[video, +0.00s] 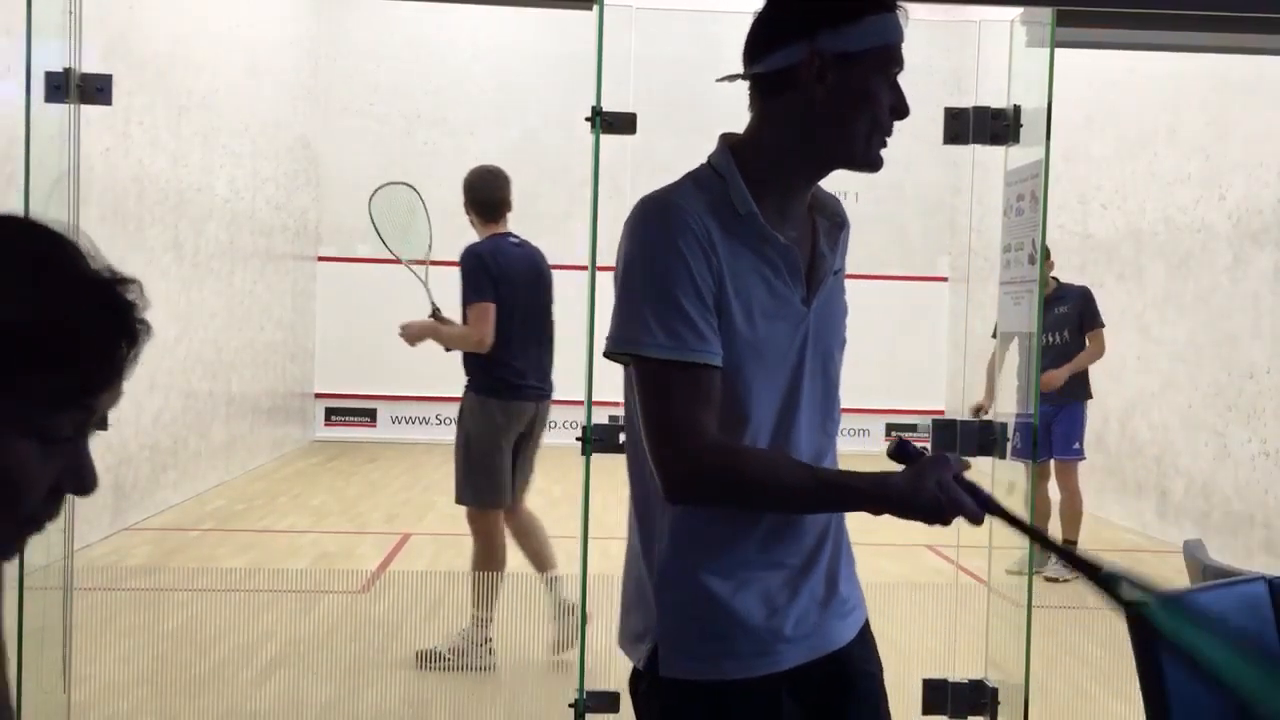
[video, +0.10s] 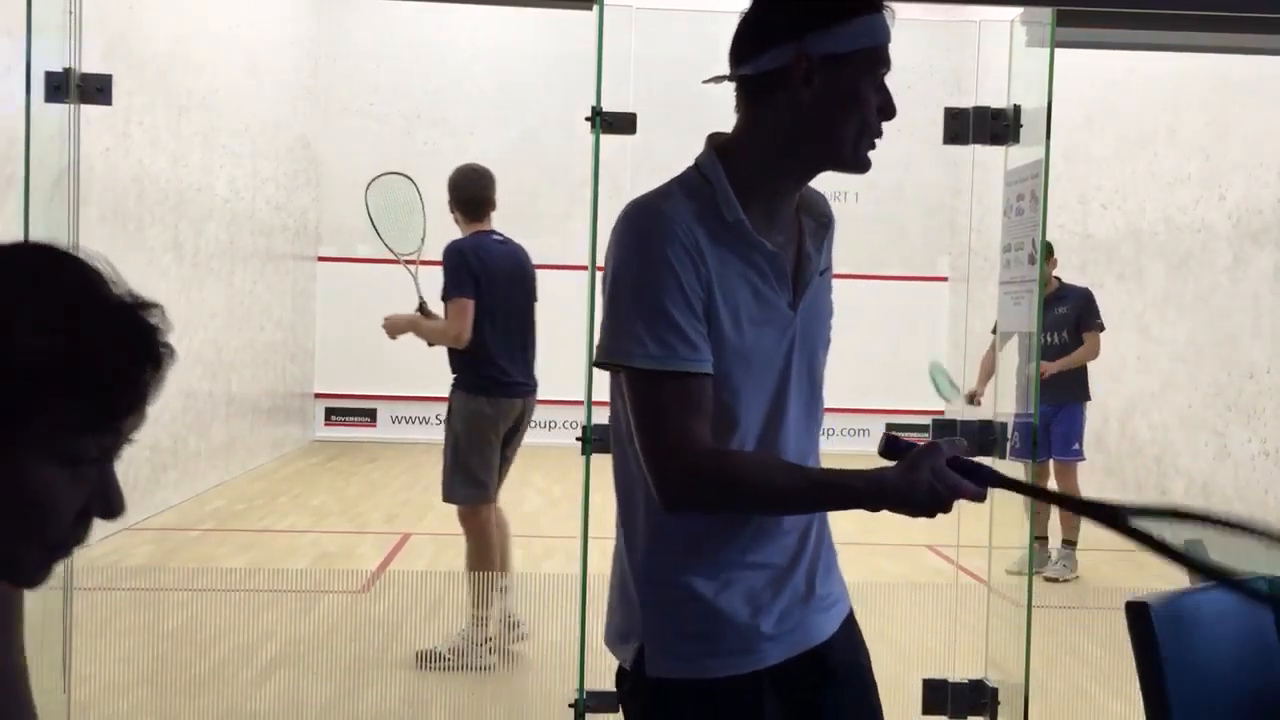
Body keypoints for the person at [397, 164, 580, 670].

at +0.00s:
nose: (468, 212)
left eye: (466, 205)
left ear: (467, 207)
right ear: (510, 204)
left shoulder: (479, 256)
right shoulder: (534, 257)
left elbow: (479, 339)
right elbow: (529, 333)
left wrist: (430, 329)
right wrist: (453, 326)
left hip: (492, 402)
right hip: (534, 402)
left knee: (485, 517)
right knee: (513, 507)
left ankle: (478, 638)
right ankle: (562, 600)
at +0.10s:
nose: (451, 210)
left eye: (448, 204)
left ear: (452, 206)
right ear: (493, 203)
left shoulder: (462, 253)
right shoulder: (518, 255)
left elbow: (458, 333)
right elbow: (506, 332)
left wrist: (413, 324)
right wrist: (441, 322)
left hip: (480, 398)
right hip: (520, 396)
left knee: (473, 507)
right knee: (486, 501)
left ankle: (481, 635)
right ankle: (506, 613)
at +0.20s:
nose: (435, 210)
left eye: (433, 204)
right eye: (444, 201)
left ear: (437, 207)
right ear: (480, 203)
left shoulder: (448, 252)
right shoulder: (504, 256)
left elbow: (444, 332)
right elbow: (488, 333)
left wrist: (397, 323)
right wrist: (426, 323)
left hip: (465, 398)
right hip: (504, 397)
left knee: (467, 512)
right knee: (466, 508)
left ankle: (478, 638)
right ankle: (457, 618)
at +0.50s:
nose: (409, 214)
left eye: (407, 207)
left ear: (411, 210)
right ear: (452, 207)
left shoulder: (423, 255)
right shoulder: (470, 260)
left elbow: (425, 330)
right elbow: (485, 337)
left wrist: (372, 332)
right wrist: (422, 330)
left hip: (421, 399)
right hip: (461, 401)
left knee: (422, 508)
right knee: (422, 508)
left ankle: (470, 626)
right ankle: (400, 615)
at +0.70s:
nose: (397, 214)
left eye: (396, 206)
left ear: (399, 209)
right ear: (438, 210)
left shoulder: (409, 252)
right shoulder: (452, 259)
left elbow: (409, 327)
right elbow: (462, 338)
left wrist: (360, 325)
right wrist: (392, 323)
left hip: (402, 398)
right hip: (444, 401)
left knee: (348, 498)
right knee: (415, 498)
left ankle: (423, 592)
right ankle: (403, 610)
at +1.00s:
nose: (378, 213)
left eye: (376, 206)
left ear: (379, 208)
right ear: (418, 209)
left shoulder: (382, 248)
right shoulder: (436, 258)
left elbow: (380, 318)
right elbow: (443, 333)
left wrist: (338, 324)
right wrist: (375, 321)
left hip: (382, 394)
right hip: (427, 395)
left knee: (344, 494)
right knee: (408, 494)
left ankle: (349, 616)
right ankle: (402, 613)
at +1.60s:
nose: (305, 211)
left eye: (303, 204)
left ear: (305, 206)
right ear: (347, 206)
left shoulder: (315, 250)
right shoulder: (364, 256)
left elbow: (321, 323)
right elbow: (387, 329)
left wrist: (269, 328)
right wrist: (336, 337)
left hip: (316, 396)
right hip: (356, 397)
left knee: (290, 499)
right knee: (348, 491)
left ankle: (294, 628)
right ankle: (391, 609)